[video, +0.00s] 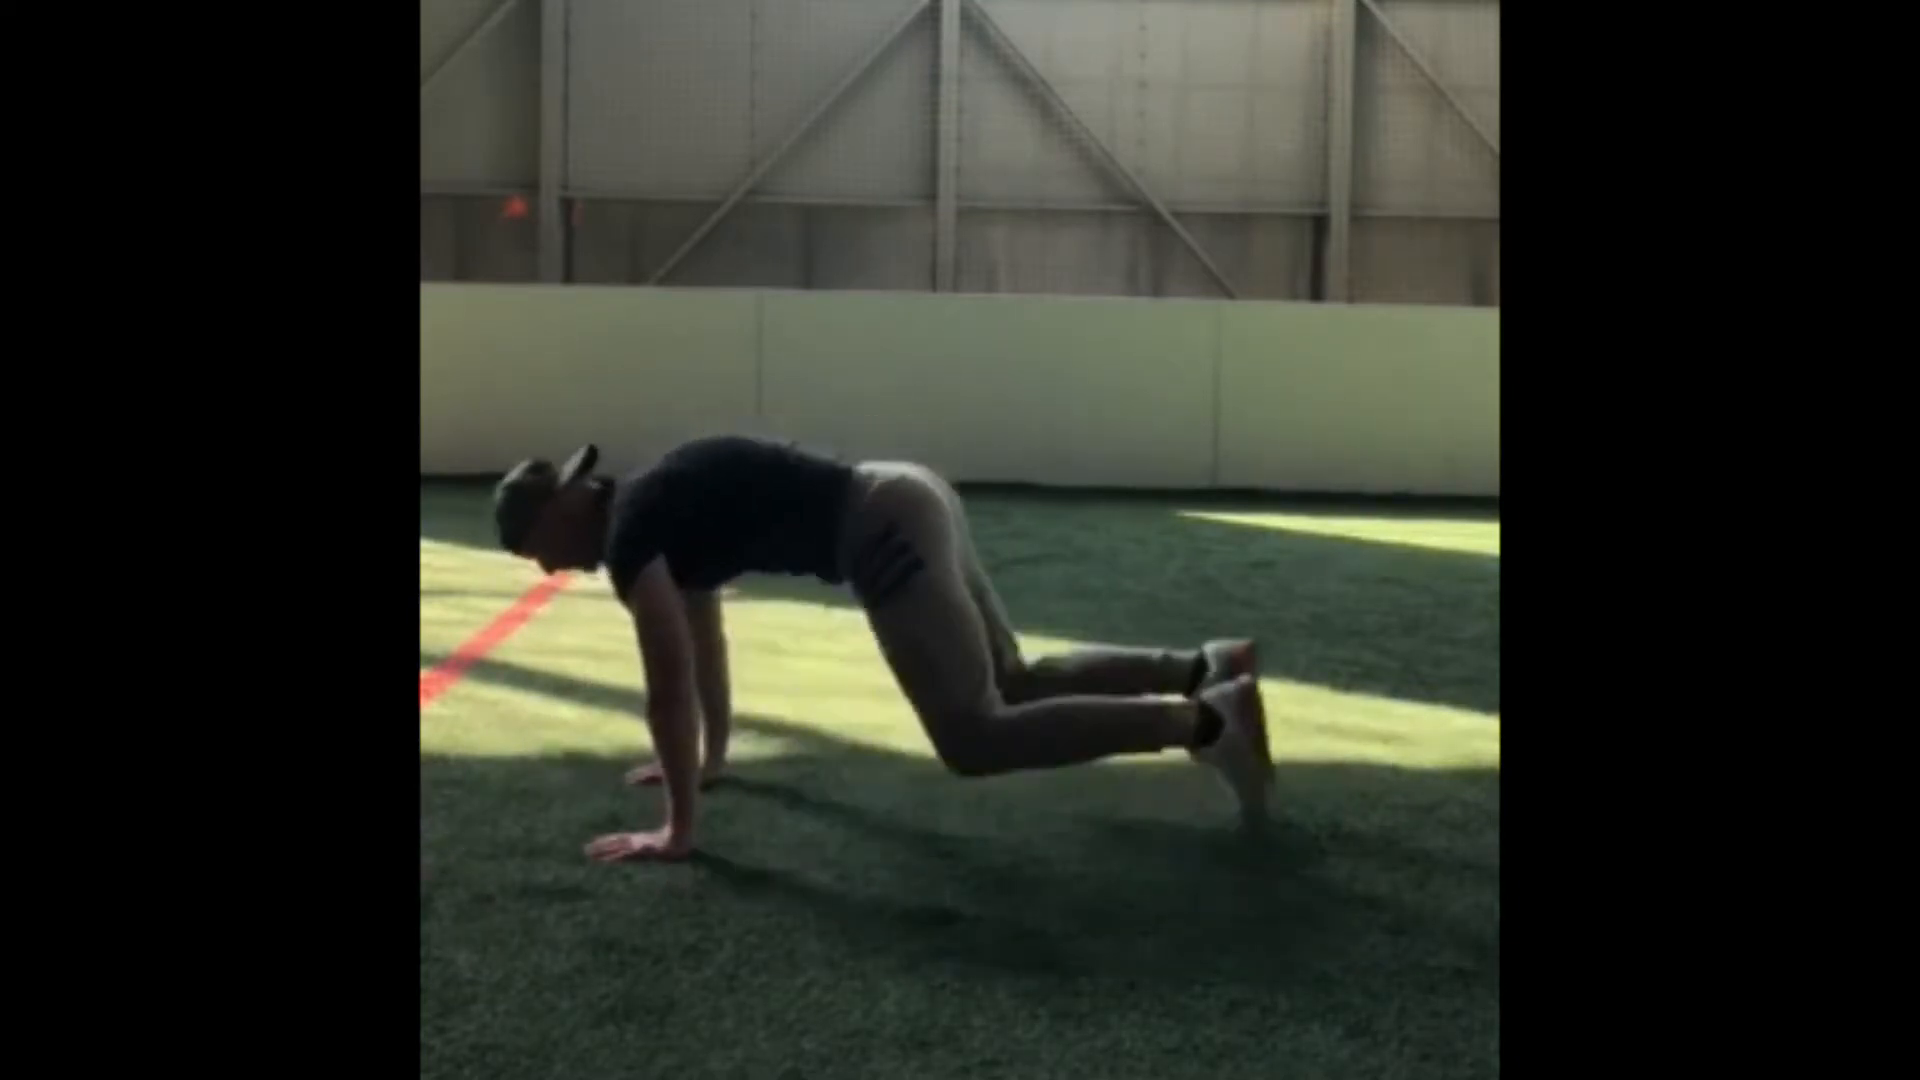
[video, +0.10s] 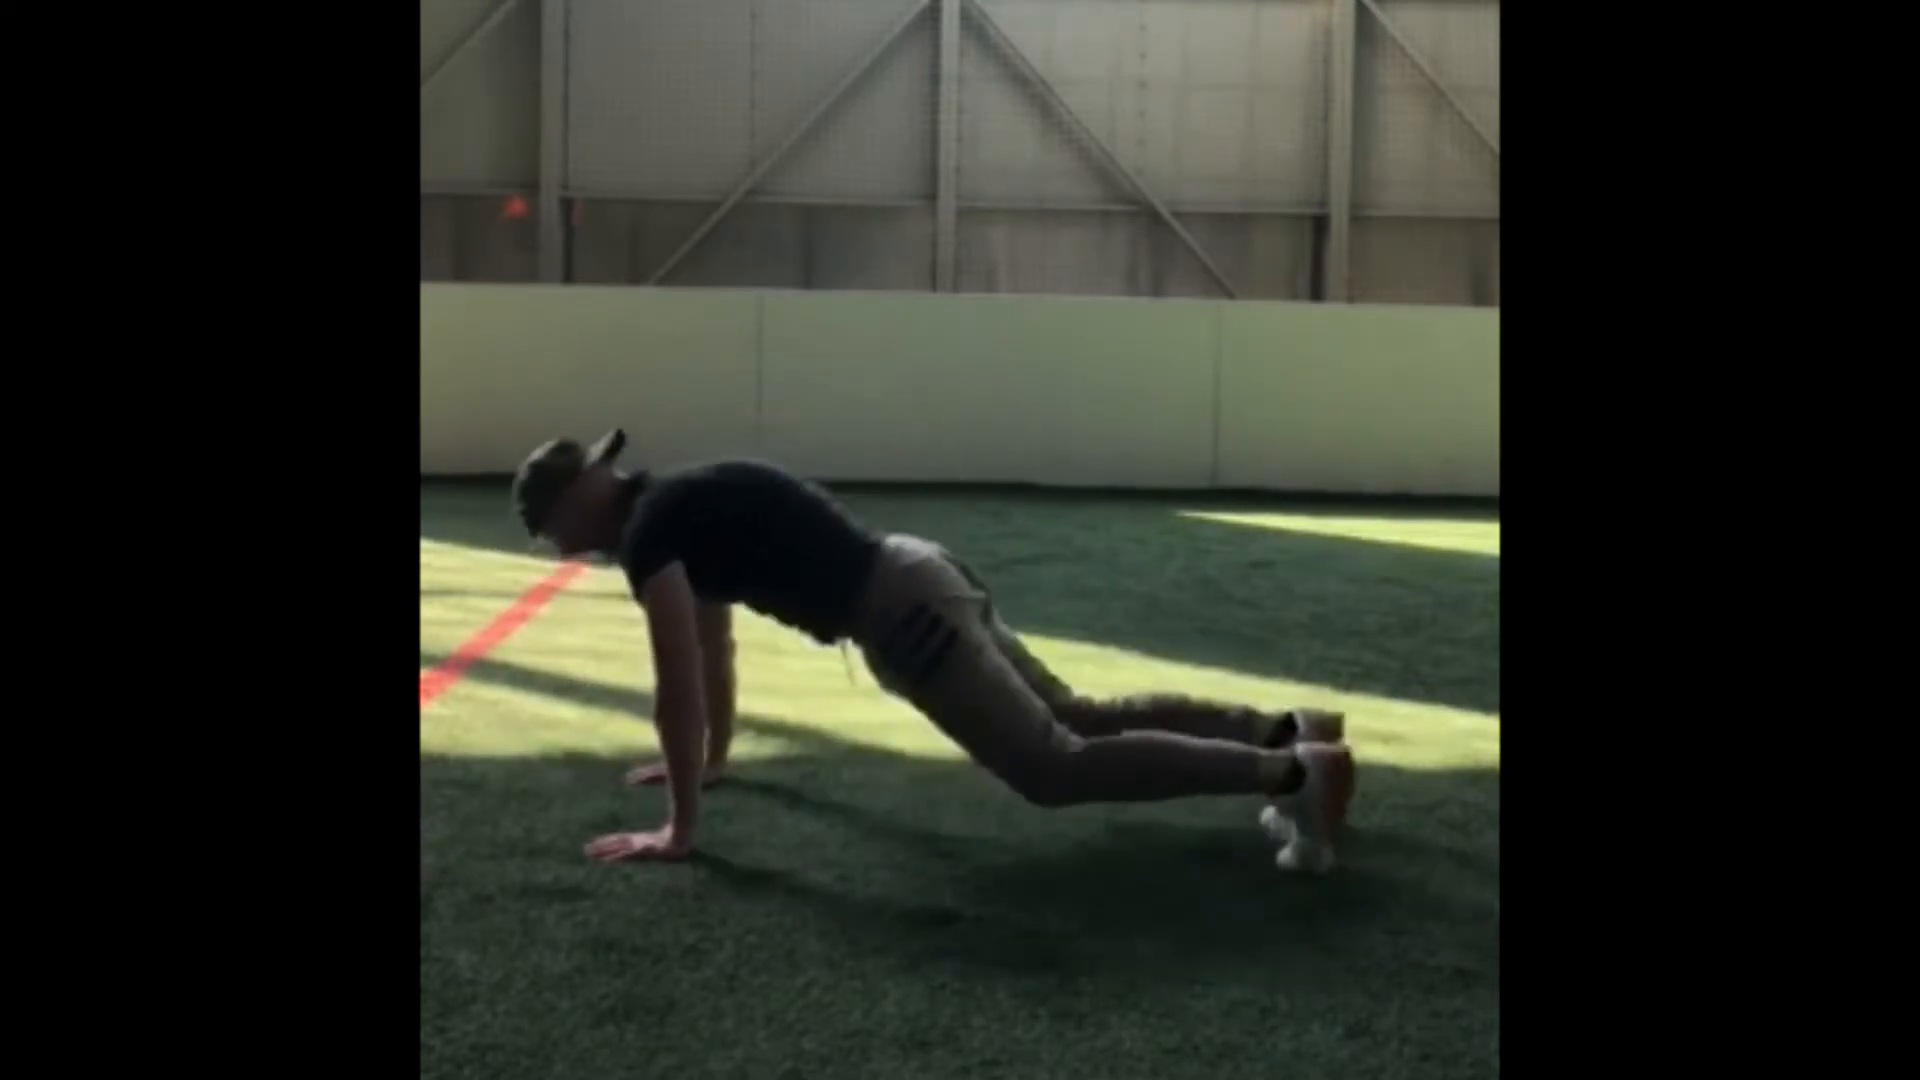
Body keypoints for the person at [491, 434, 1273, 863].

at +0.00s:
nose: (554, 570)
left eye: (547, 554)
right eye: (542, 560)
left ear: (569, 511)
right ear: (581, 494)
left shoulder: (636, 541)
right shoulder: (661, 502)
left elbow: (669, 687)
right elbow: (703, 652)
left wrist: (676, 830)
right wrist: (707, 755)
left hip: (885, 530)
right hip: (907, 497)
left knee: (974, 742)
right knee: (1011, 681)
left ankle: (1202, 722)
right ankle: (1201, 670)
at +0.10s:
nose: (560, 550)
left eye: (554, 533)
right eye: (550, 539)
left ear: (587, 498)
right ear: (604, 483)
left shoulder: (650, 534)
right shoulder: (686, 506)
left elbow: (677, 687)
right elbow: (717, 661)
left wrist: (678, 828)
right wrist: (704, 760)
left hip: (903, 611)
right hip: (924, 574)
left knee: (1051, 772)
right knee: (1073, 723)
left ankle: (1291, 777)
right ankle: (1279, 734)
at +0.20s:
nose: (580, 535)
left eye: (576, 518)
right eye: (572, 522)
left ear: (608, 491)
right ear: (627, 480)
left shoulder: (673, 531)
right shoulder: (703, 508)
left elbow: (693, 683)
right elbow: (728, 668)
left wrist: (678, 827)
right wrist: (704, 766)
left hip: (918, 655)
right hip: (932, 629)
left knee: (1081, 787)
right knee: (1091, 751)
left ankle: (1320, 775)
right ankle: (1303, 743)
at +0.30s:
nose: (581, 535)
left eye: (576, 518)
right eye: (572, 522)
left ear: (608, 490)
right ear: (628, 480)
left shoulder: (673, 531)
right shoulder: (705, 508)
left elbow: (693, 686)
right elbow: (728, 669)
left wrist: (678, 827)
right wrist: (703, 768)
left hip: (912, 662)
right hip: (929, 633)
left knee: (1082, 793)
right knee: (1091, 756)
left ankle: (1320, 773)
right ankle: (1305, 746)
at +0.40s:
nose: (568, 555)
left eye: (560, 539)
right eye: (557, 544)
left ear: (585, 502)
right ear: (603, 487)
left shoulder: (651, 533)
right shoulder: (685, 508)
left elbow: (676, 685)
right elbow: (719, 662)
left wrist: (679, 827)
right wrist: (707, 760)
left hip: (898, 641)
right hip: (915, 614)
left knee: (1067, 771)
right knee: (1081, 735)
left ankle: (1310, 767)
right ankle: (1300, 745)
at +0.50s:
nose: (542, 582)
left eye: (531, 568)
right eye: (529, 573)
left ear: (547, 522)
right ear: (561, 500)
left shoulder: (614, 542)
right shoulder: (653, 507)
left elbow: (661, 696)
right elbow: (706, 665)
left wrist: (676, 830)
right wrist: (703, 764)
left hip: (880, 584)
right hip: (902, 546)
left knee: (1027, 747)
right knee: (1048, 688)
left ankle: (1265, 758)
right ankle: (1267, 724)